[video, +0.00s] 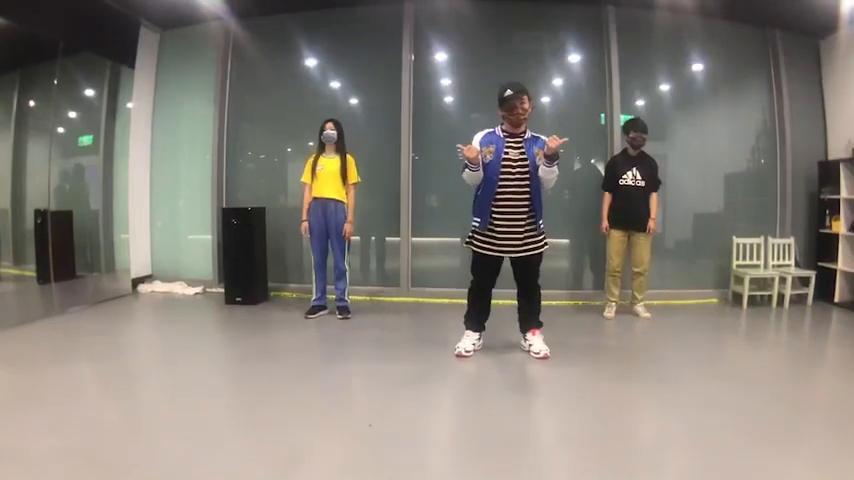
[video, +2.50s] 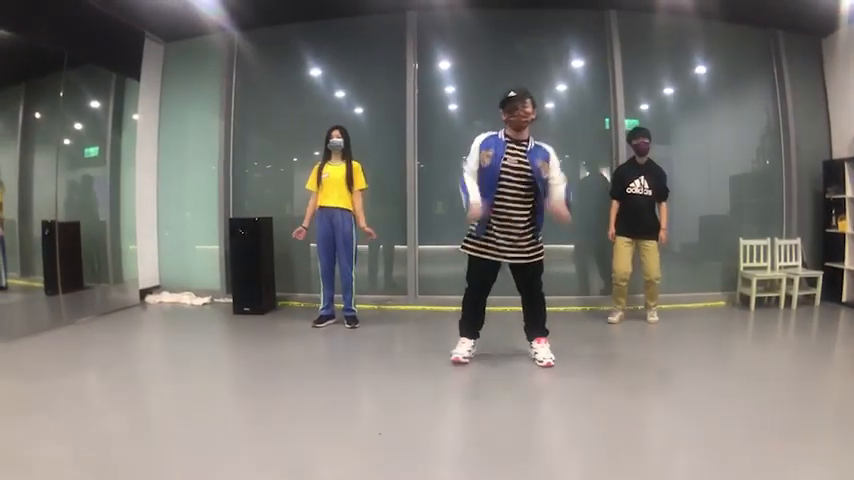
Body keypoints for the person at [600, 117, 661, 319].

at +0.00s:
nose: (638, 140)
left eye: (642, 137)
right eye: (635, 136)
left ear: (646, 138)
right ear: (626, 137)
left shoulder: (650, 163)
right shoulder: (615, 162)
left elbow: (653, 193)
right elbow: (607, 192)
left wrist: (652, 218)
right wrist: (604, 219)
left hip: (641, 223)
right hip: (617, 222)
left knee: (641, 267)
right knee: (614, 267)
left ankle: (638, 302)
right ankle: (612, 302)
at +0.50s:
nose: (643, 138)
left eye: (646, 135)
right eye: (638, 135)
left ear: (650, 137)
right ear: (630, 137)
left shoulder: (651, 165)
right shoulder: (619, 161)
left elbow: (654, 195)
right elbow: (612, 191)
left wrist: (660, 220)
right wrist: (614, 217)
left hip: (645, 225)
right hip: (621, 224)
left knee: (647, 269)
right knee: (615, 268)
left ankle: (639, 303)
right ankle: (612, 303)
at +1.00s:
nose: (638, 138)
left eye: (642, 135)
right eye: (634, 135)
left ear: (647, 136)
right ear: (627, 135)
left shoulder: (653, 162)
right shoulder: (617, 162)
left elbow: (658, 191)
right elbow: (611, 191)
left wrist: (662, 216)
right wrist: (608, 217)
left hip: (645, 223)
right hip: (621, 223)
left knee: (644, 267)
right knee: (617, 267)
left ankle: (639, 302)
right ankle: (613, 302)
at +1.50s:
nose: (640, 135)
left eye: (643, 131)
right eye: (635, 131)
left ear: (648, 134)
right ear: (628, 134)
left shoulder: (654, 160)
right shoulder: (618, 161)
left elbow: (657, 189)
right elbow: (612, 191)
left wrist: (653, 213)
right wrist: (609, 217)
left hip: (646, 222)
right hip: (622, 222)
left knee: (645, 266)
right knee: (619, 267)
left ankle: (641, 301)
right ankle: (615, 302)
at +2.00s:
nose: (640, 138)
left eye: (643, 134)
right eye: (636, 134)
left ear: (648, 137)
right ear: (629, 137)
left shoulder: (653, 164)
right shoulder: (618, 164)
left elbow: (658, 195)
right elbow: (613, 192)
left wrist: (662, 221)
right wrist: (615, 217)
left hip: (648, 225)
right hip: (623, 225)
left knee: (648, 269)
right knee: (620, 270)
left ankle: (644, 304)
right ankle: (618, 305)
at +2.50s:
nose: (643, 145)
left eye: (646, 142)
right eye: (638, 142)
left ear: (650, 144)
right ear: (631, 144)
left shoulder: (657, 172)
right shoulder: (621, 171)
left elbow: (662, 202)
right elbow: (615, 200)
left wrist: (663, 228)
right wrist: (611, 226)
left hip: (649, 232)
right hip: (624, 232)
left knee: (652, 276)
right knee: (620, 273)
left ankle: (651, 308)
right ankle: (619, 308)